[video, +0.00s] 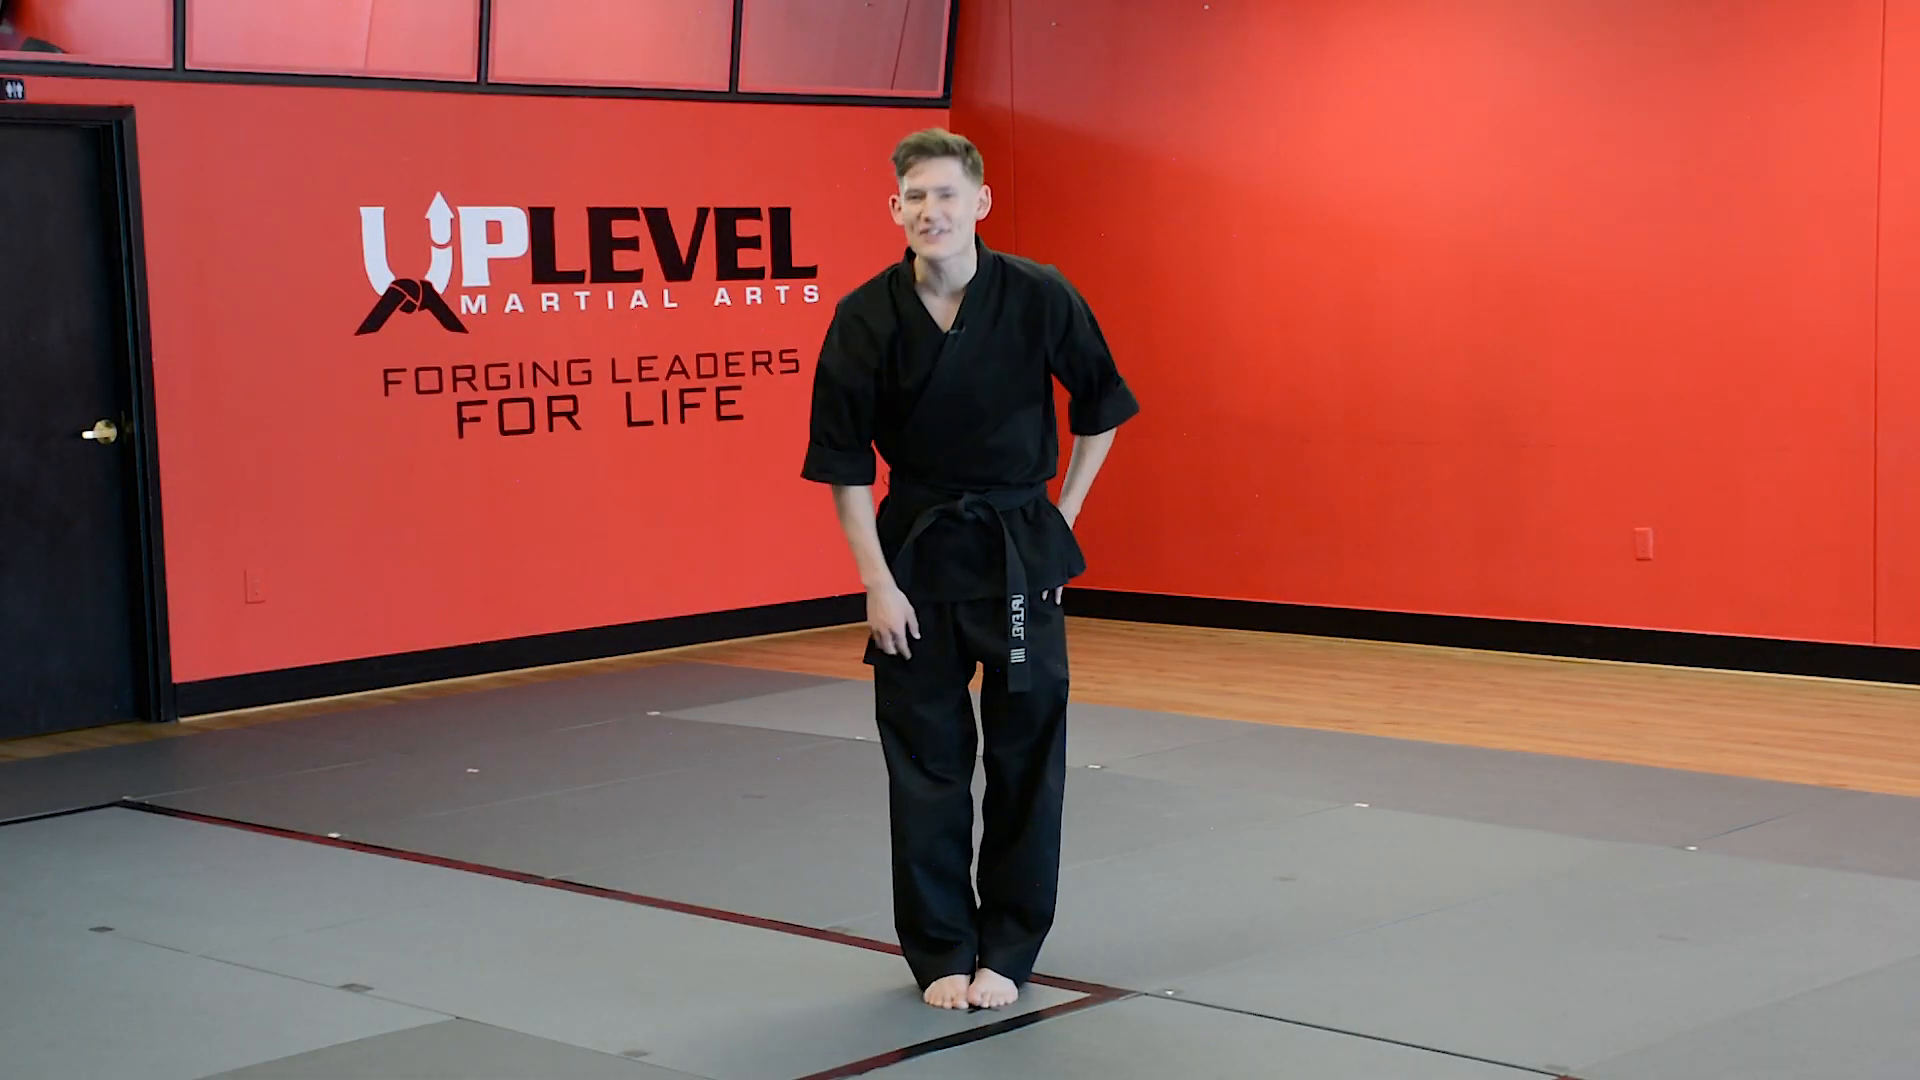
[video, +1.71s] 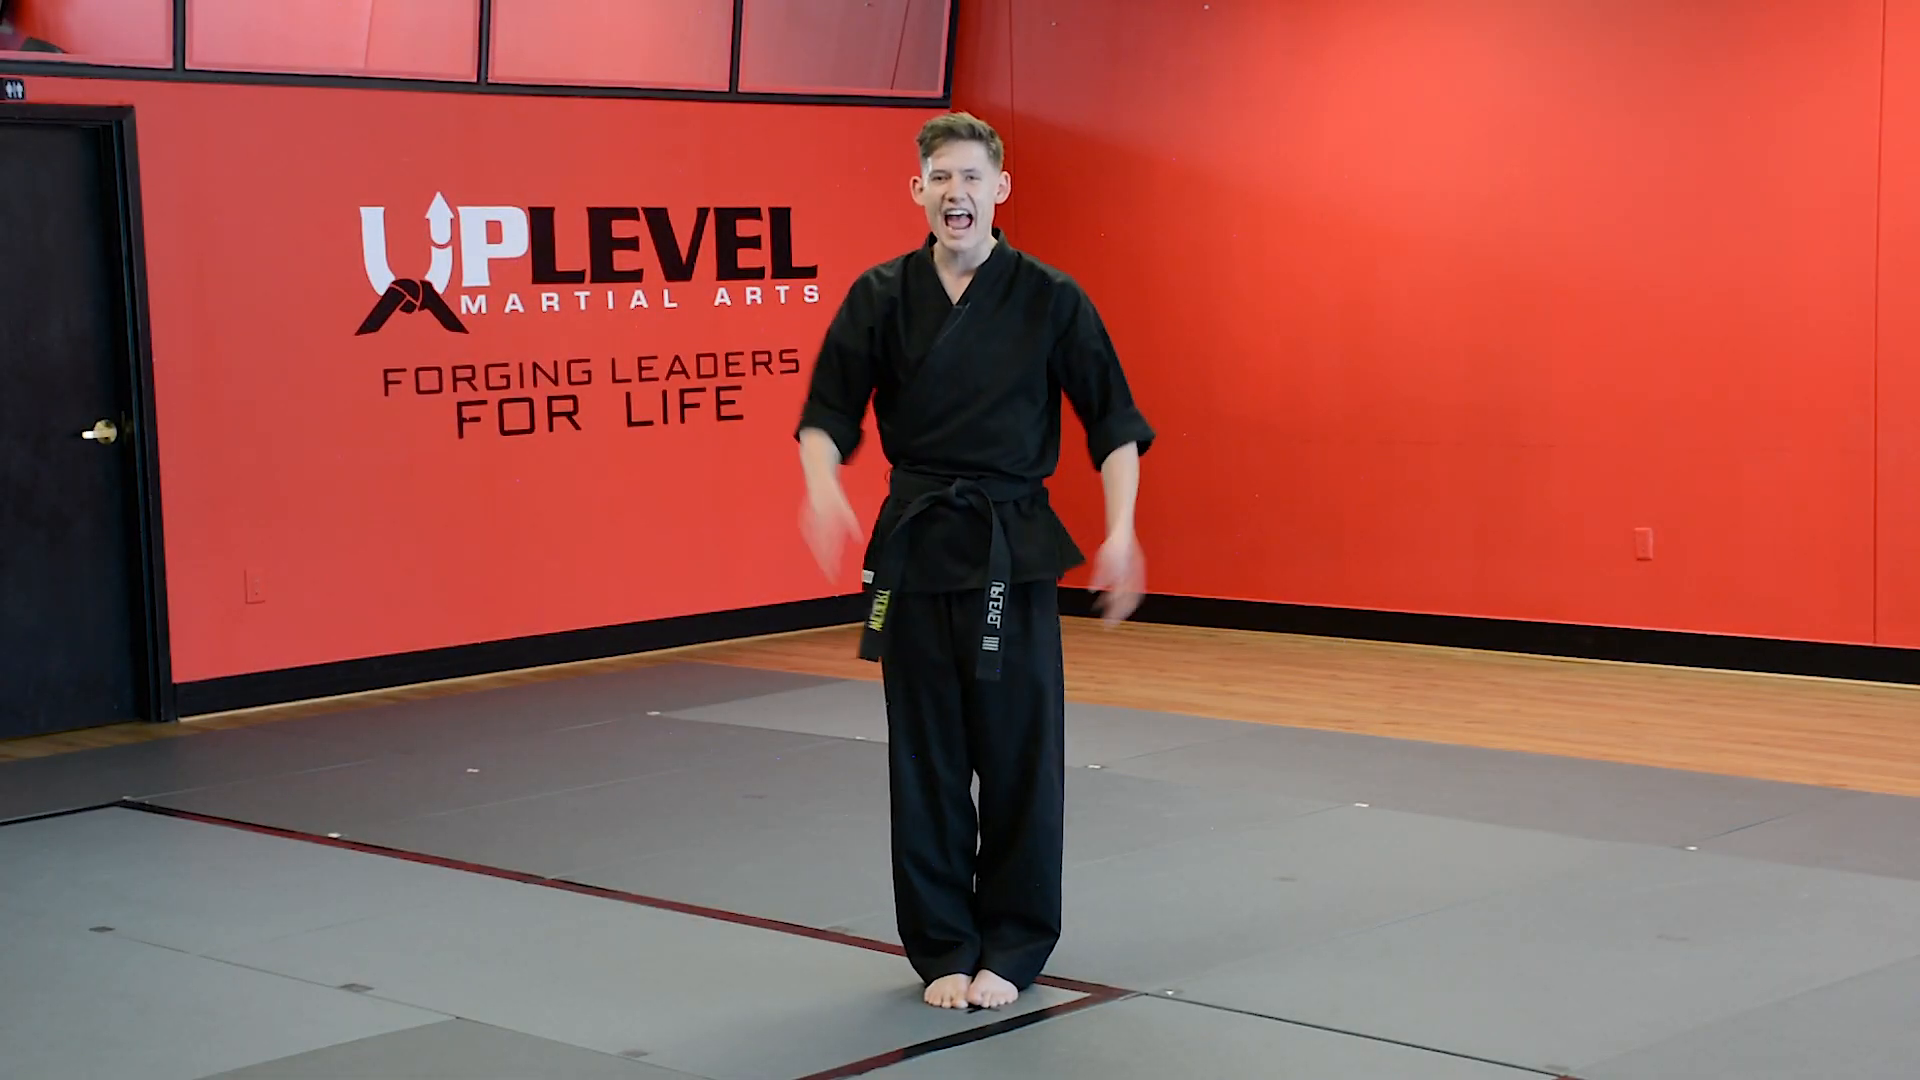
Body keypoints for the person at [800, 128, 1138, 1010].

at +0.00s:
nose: (928, 210)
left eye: (945, 194)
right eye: (914, 196)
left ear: (982, 202)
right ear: (897, 209)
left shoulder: (1037, 295)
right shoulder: (865, 319)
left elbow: (1103, 399)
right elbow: (844, 463)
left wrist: (1065, 514)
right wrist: (877, 585)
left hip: (1022, 544)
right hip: (915, 551)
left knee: (1025, 762)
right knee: (928, 767)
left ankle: (1006, 953)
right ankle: (941, 955)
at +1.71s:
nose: (957, 192)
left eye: (972, 176)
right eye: (941, 177)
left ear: (1001, 187)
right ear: (918, 190)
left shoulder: (1050, 297)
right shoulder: (880, 296)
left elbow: (1115, 420)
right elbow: (822, 416)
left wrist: (1120, 531)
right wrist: (821, 492)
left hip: (1018, 544)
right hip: (915, 544)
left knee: (1021, 762)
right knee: (927, 762)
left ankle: (1011, 953)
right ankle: (945, 952)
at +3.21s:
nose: (826, 216)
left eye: (840, 198)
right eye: (822, 201)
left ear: (895, 195)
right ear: (826, 205)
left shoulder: (987, 267)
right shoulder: (838, 288)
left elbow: (1066, 394)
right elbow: (725, 295)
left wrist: (1081, 519)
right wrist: (747, 213)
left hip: (1011, 529)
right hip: (909, 533)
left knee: (1075, 737)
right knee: (867, 739)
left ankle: (1127, 937)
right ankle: (839, 949)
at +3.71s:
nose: (965, 295)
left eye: (980, 278)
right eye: (950, 277)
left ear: (997, 268)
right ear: (914, 259)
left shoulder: (1023, 342)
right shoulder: (862, 353)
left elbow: (1150, 389)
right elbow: (850, 492)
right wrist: (899, 579)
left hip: (1024, 577)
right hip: (914, 588)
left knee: (1125, 760)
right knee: (835, 781)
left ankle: (1155, 949)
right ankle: (807, 964)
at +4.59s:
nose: (936, 242)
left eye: (953, 228)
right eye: (922, 225)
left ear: (974, 242)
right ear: (892, 232)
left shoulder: (1014, 330)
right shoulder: (849, 350)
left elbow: (983, 430)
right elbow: (839, 502)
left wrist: (875, 369)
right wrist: (872, 598)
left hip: (1008, 575)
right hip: (899, 584)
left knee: (1110, 759)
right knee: (826, 769)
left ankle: (1156, 946)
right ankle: (804, 961)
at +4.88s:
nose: (920, 233)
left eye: (937, 218)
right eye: (907, 218)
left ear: (966, 231)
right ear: (886, 231)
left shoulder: (1016, 327)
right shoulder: (853, 357)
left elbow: (1019, 445)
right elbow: (844, 509)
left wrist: (893, 439)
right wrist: (867, 607)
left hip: (1009, 576)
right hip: (898, 586)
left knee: (1110, 760)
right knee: (827, 768)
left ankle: (1156, 947)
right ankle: (804, 958)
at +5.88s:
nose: (945, 220)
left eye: (963, 209)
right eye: (932, 206)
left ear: (989, 230)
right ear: (907, 222)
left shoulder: (1028, 336)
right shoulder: (857, 340)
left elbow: (1066, 479)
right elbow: (835, 493)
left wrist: (1073, 601)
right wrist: (850, 611)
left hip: (1012, 579)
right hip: (896, 585)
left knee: (1107, 764)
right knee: (831, 770)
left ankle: (1155, 948)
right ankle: (804, 960)